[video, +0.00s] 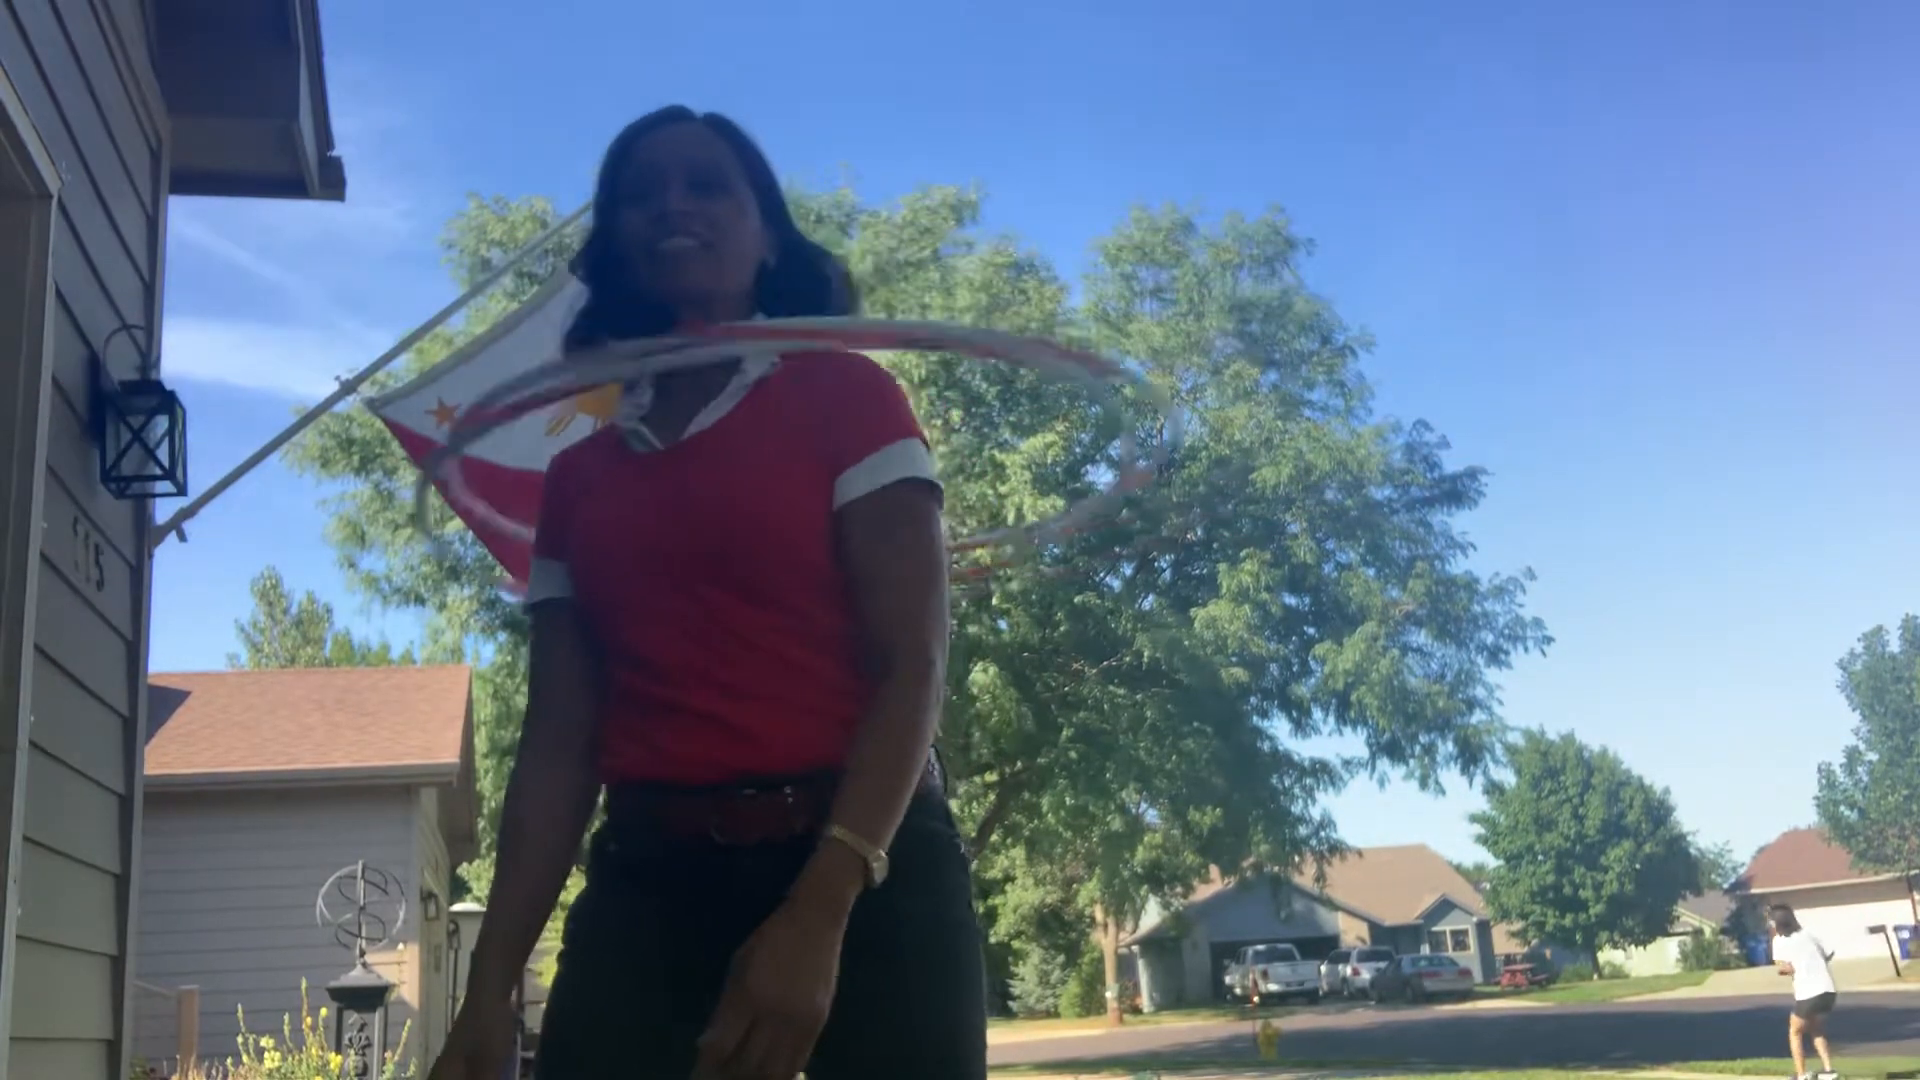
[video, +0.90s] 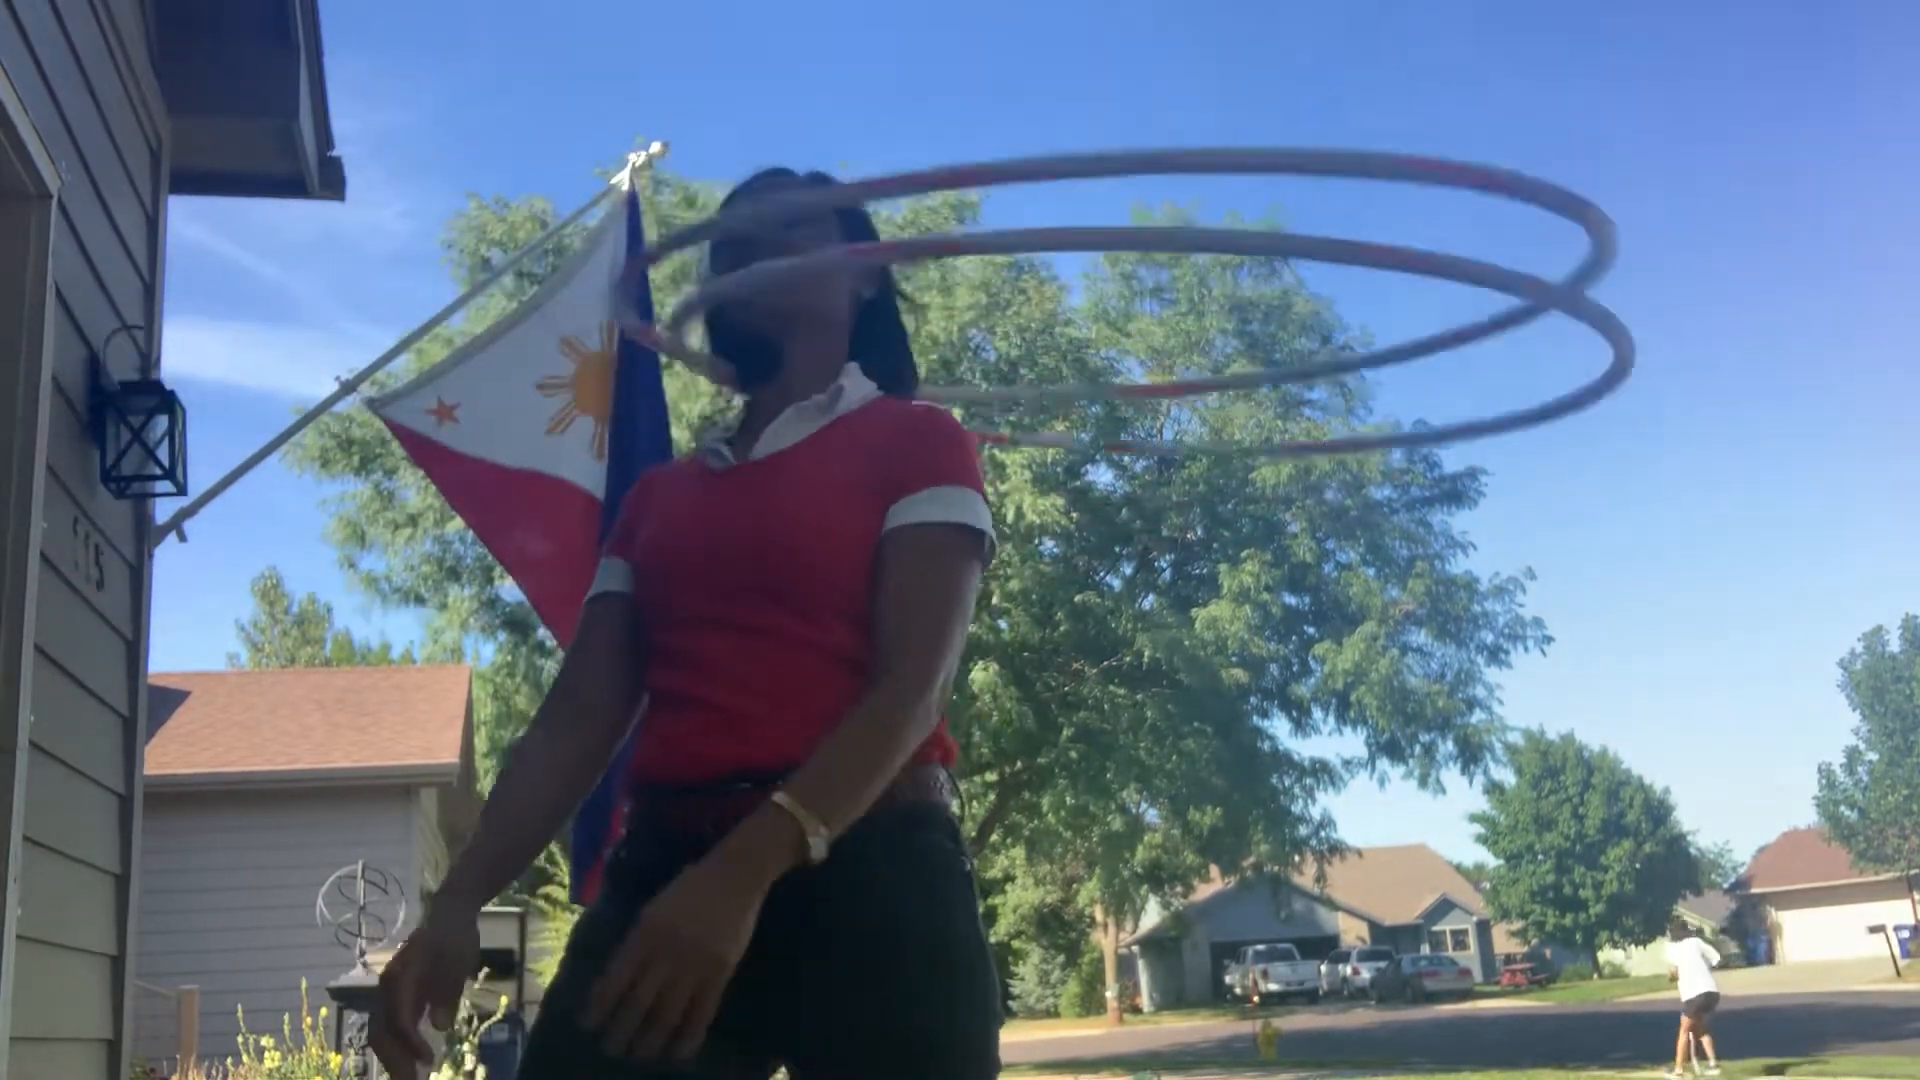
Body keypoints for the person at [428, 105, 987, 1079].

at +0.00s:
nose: (675, 205)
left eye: (708, 184)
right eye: (642, 191)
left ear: (767, 230)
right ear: (610, 242)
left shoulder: (840, 390)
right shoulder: (578, 472)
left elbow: (913, 666)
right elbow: (557, 739)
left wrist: (821, 910)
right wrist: (491, 990)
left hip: (865, 862)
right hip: (652, 871)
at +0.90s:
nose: (740, 256)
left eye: (780, 233)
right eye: (725, 249)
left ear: (865, 267)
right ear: (710, 301)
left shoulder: (915, 439)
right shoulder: (659, 493)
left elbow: (909, 694)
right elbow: (579, 713)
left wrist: (740, 870)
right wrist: (455, 909)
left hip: (869, 868)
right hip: (663, 875)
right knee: (577, 1058)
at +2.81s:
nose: (715, 195)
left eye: (758, 178)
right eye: (695, 193)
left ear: (831, 247)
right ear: (671, 262)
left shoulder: (901, 412)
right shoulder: (619, 460)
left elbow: (917, 672)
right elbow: (538, 699)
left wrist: (703, 806)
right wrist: (456, 862)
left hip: (872, 862)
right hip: (653, 880)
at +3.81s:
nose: (720, 213)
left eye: (760, 195)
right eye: (700, 213)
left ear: (837, 257)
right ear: (685, 275)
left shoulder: (866, 409)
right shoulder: (616, 465)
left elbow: (856, 686)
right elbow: (547, 712)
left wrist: (632, 869)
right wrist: (431, 915)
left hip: (834, 874)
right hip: (617, 893)